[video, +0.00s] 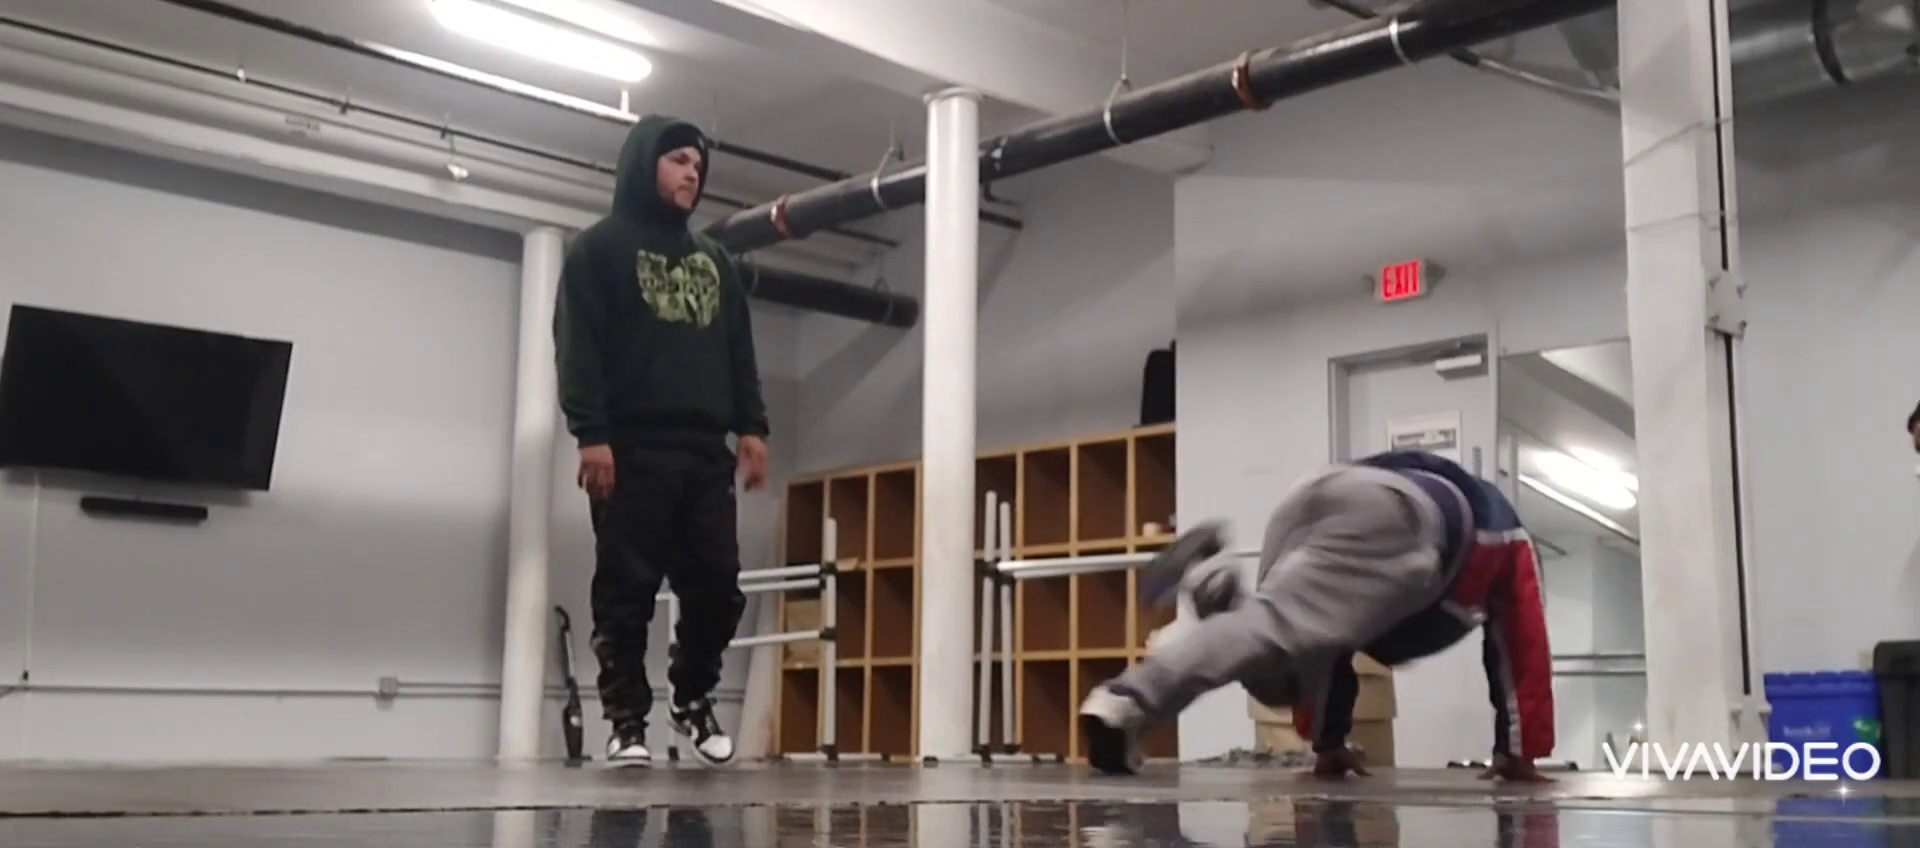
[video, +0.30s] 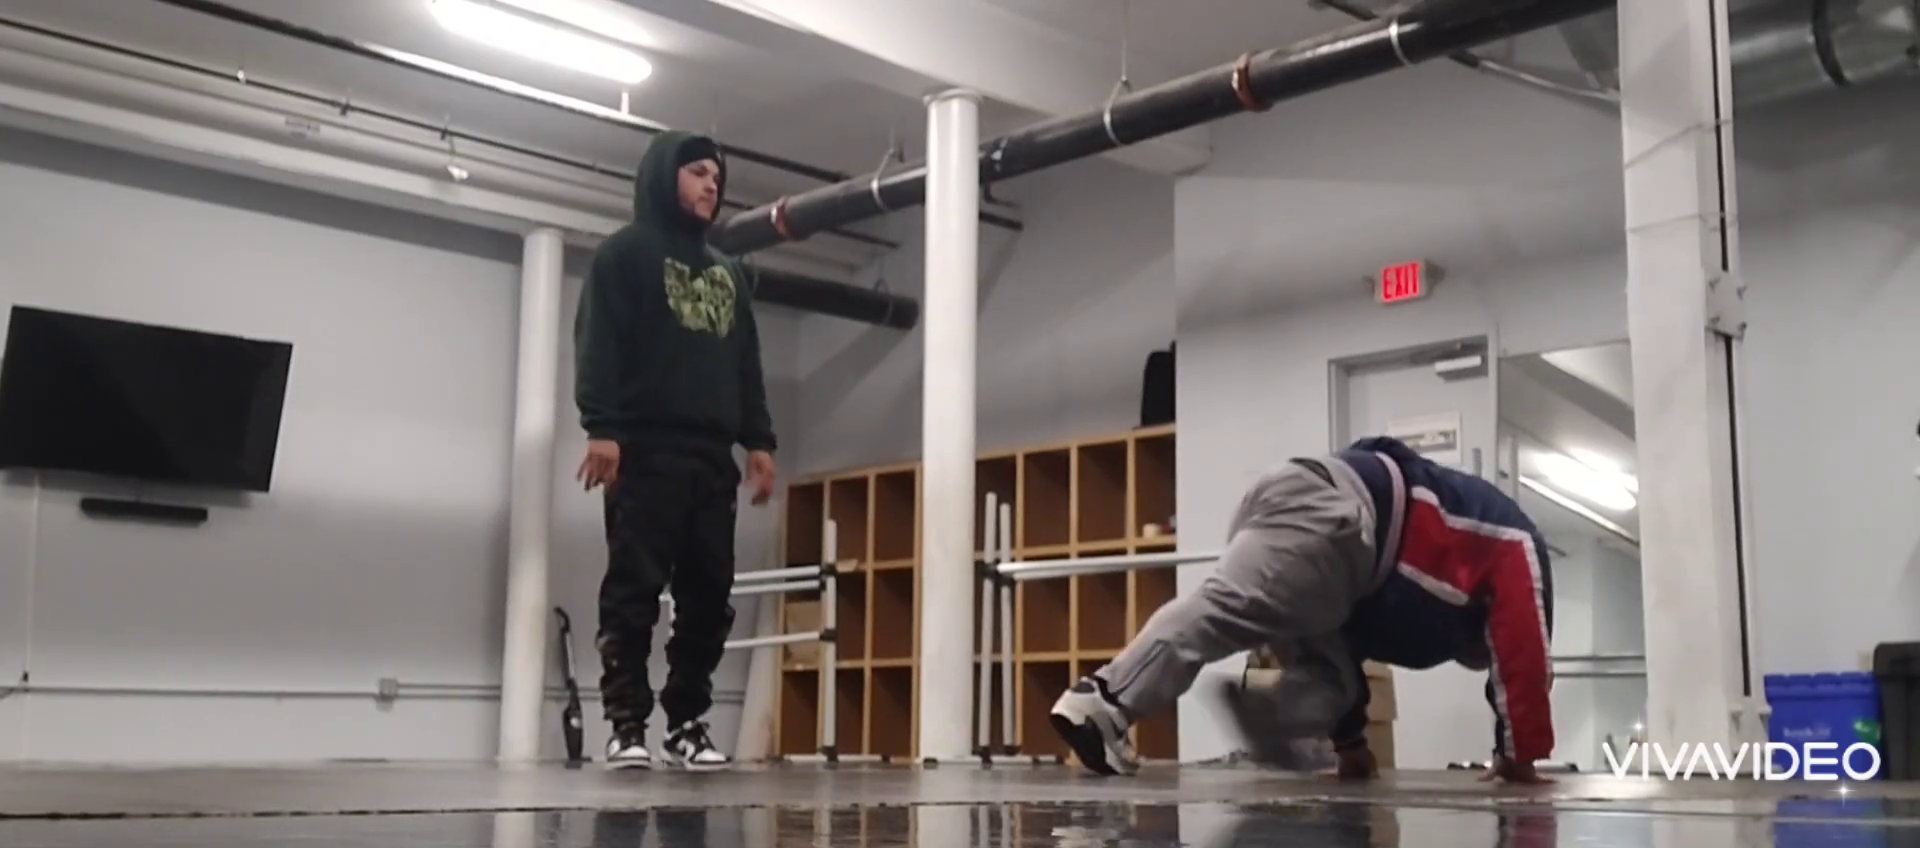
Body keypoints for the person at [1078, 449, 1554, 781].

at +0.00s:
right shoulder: (1506, 539)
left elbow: (1334, 639)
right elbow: (1518, 650)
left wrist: (1331, 747)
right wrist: (1518, 755)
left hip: (1320, 492)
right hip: (1398, 508)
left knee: (1289, 684)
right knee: (1278, 627)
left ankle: (1209, 588)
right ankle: (1125, 701)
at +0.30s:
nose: (1504, 660)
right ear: (1535, 581)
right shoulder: (1517, 542)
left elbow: (1337, 636)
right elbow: (1521, 659)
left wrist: (1353, 745)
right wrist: (1523, 760)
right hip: (1334, 510)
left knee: (1331, 685)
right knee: (1223, 610)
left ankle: (1257, 709)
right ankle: (1103, 704)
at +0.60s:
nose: (1494, 640)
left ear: (1474, 612)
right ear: (1516, 587)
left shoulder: (1409, 598)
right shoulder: (1501, 539)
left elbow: (1350, 650)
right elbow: (1508, 652)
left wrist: (1349, 743)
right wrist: (1524, 756)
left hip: (1305, 558)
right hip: (1296, 483)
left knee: (1267, 664)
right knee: (1208, 595)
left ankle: (1124, 678)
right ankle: (1074, 698)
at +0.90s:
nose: (1493, 642)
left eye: (1488, 632)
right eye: (1501, 640)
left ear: (1467, 607)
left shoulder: (1397, 585)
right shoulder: (1521, 529)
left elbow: (1365, 646)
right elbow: (1531, 646)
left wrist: (1357, 745)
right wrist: (1570, 758)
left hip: (1271, 441)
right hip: (1340, 464)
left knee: (1218, 584)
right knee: (1213, 606)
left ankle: (1100, 590)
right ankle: (1071, 713)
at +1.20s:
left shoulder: (1448, 584)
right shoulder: (1574, 553)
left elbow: (1416, 650)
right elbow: (1594, 651)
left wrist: (1421, 751)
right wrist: (1650, 761)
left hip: (1341, 437)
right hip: (1390, 486)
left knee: (1241, 569)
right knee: (1227, 621)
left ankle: (1150, 524)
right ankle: (1073, 715)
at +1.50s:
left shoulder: (1506, 575)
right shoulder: (1624, 547)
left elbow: (1454, 645)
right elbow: (1618, 680)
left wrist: (1457, 751)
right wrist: (1645, 764)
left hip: (1351, 463)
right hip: (1419, 516)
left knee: (1323, 591)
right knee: (1244, 640)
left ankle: (1211, 597)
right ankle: (1077, 720)